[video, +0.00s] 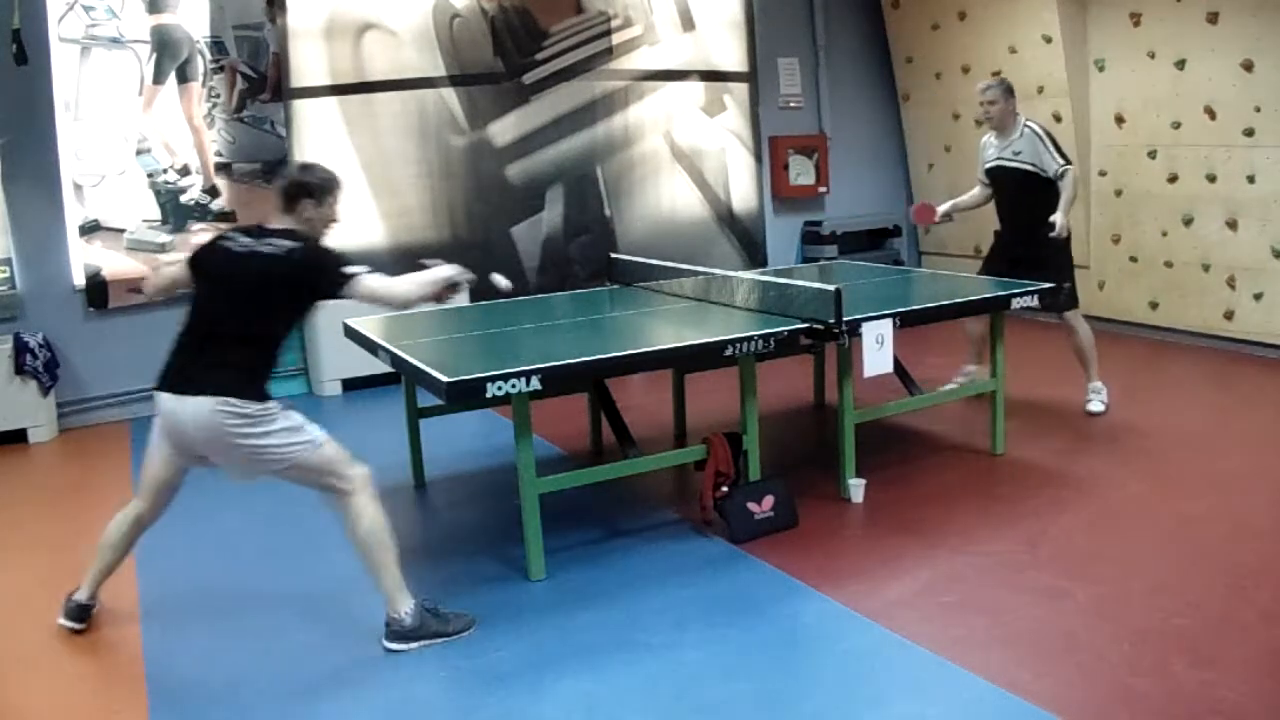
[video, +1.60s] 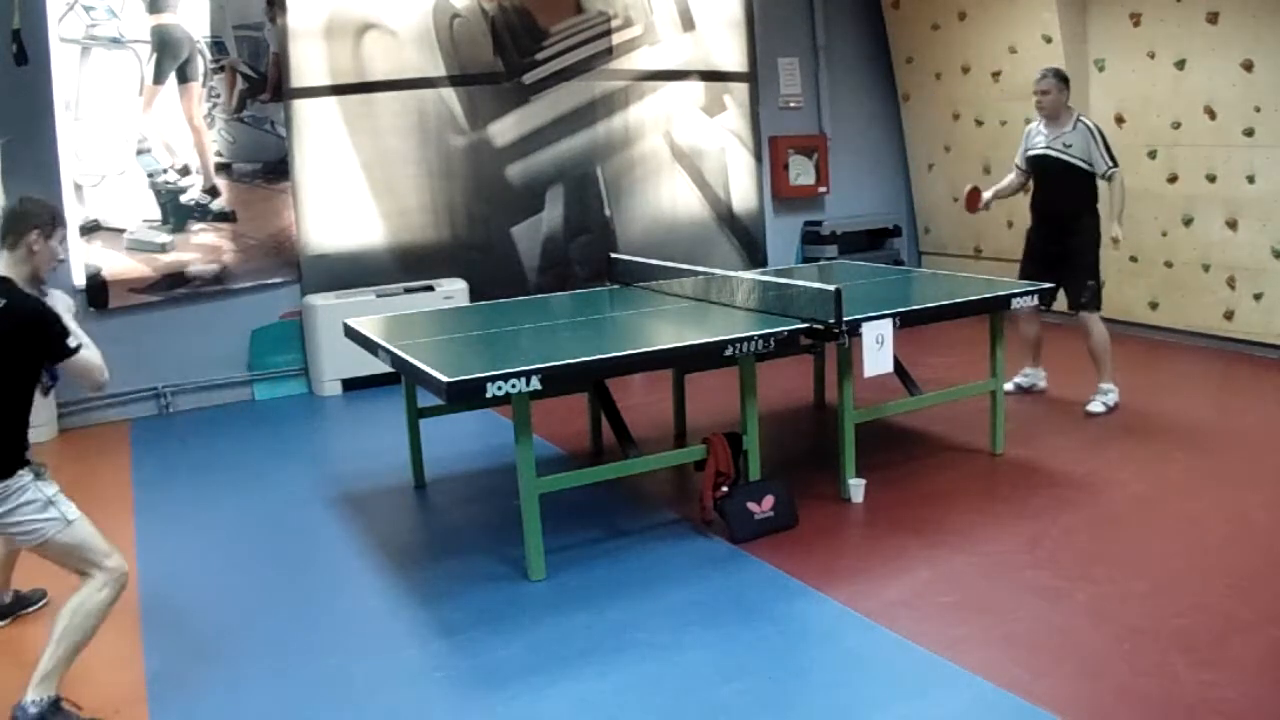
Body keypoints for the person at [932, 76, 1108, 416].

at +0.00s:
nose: (984, 111)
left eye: (990, 104)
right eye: (981, 105)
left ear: (1011, 104)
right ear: (981, 109)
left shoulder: (1033, 134)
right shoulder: (988, 143)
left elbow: (1067, 172)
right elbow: (986, 189)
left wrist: (1062, 213)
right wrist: (950, 206)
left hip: (1047, 239)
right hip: (1009, 240)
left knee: (1068, 313)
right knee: (977, 304)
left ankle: (1094, 384)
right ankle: (977, 372)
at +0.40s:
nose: (985, 121)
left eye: (989, 114)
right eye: (982, 116)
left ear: (1010, 110)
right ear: (984, 118)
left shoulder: (1036, 136)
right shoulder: (995, 149)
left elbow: (1069, 176)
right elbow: (996, 197)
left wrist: (1049, 217)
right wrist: (965, 222)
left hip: (1059, 238)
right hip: (1022, 239)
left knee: (1070, 314)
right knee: (995, 304)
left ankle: (1096, 385)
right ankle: (992, 368)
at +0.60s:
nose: (974, 145)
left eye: (977, 137)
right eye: (971, 139)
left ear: (997, 131)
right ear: (991, 136)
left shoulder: (1020, 148)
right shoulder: (1006, 157)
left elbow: (1049, 179)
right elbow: (1029, 192)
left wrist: (1028, 225)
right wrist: (1021, 224)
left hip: (1068, 243)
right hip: (1041, 244)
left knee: (1066, 324)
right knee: (1005, 306)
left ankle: (1106, 387)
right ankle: (993, 370)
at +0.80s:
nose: (978, 150)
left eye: (979, 142)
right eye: (975, 144)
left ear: (996, 133)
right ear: (994, 137)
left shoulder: (1023, 148)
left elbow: (1051, 183)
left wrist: (1036, 231)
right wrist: (995, 248)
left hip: (1068, 244)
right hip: (1043, 245)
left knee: (1066, 326)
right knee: (1008, 307)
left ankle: (1107, 388)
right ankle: (992, 371)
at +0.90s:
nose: (986, 140)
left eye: (987, 132)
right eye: (983, 134)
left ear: (1004, 125)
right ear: (1001, 129)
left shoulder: (1036, 141)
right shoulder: (1016, 155)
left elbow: (1064, 181)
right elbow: (1001, 202)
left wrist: (1045, 225)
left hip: (1069, 242)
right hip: (1039, 242)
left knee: (1067, 323)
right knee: (1008, 307)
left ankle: (1106, 388)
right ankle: (992, 371)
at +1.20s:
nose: (1029, 114)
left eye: (1036, 107)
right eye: (1027, 107)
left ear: (1057, 107)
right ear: (1032, 108)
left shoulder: (1082, 139)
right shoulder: (1028, 140)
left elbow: (1112, 184)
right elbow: (988, 165)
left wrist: (1099, 222)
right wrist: (944, 163)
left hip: (1077, 244)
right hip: (1039, 242)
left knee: (1081, 319)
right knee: (1011, 307)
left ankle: (1106, 388)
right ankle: (991, 370)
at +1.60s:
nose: (1038, 100)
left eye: (1045, 93)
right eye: (1035, 94)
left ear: (1065, 94)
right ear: (1034, 97)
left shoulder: (1086, 130)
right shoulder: (1033, 131)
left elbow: (1115, 177)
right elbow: (1019, 176)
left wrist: (1115, 221)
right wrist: (989, 194)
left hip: (1080, 233)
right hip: (1042, 232)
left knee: (1087, 312)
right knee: (1026, 305)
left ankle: (1107, 387)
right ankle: (1033, 372)